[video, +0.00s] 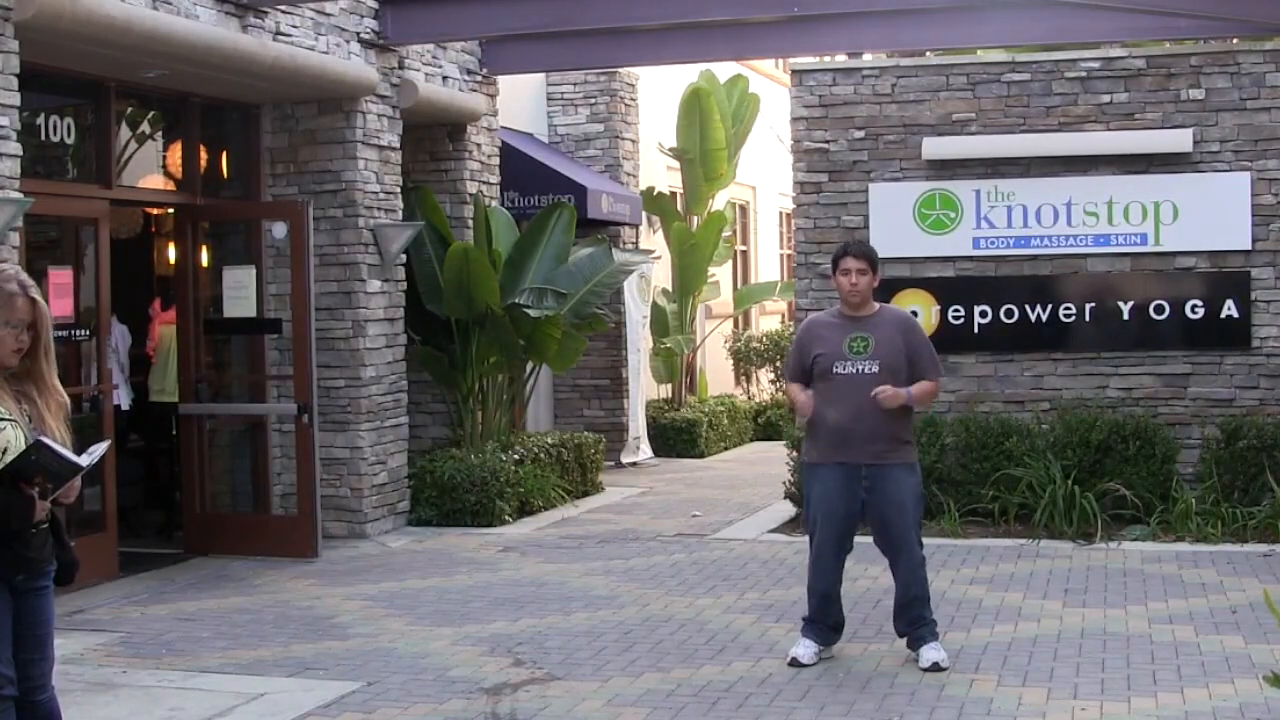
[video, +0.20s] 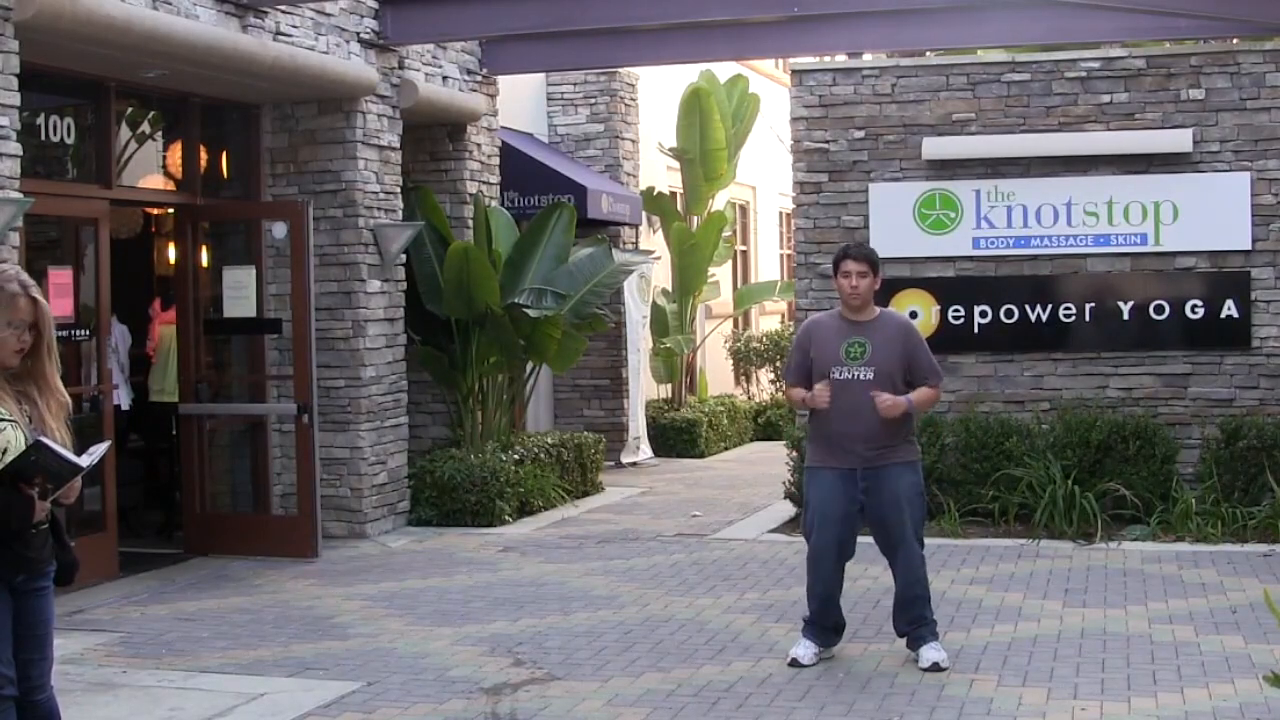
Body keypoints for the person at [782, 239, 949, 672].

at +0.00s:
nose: (853, 280)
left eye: (861, 273)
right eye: (845, 273)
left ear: (875, 278)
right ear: (834, 279)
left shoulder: (902, 323)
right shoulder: (812, 329)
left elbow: (931, 384)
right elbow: (793, 380)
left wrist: (904, 395)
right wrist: (800, 397)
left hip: (893, 461)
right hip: (828, 461)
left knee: (906, 549)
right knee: (824, 549)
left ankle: (923, 636)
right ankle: (817, 634)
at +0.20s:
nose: (853, 283)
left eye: (862, 275)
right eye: (845, 275)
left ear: (876, 281)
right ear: (835, 281)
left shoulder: (900, 328)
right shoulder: (812, 330)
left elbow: (932, 387)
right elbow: (792, 389)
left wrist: (905, 403)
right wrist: (807, 397)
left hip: (893, 462)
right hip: (828, 463)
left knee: (907, 548)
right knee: (823, 548)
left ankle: (923, 636)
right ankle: (819, 634)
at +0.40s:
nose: (855, 280)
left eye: (864, 272)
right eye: (847, 272)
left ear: (879, 278)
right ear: (837, 279)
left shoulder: (904, 327)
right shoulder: (813, 326)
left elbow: (930, 392)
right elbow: (789, 375)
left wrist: (902, 381)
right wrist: (798, 393)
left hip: (897, 460)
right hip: (831, 461)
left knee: (910, 551)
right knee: (826, 550)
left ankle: (923, 636)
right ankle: (818, 634)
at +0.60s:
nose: (853, 286)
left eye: (862, 278)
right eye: (846, 279)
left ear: (878, 283)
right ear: (837, 285)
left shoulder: (906, 330)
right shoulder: (818, 332)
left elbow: (937, 392)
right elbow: (790, 396)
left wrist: (908, 404)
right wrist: (806, 378)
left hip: (898, 463)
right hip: (832, 464)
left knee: (910, 548)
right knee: (828, 552)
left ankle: (922, 637)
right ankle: (819, 634)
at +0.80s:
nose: (857, 282)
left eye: (865, 274)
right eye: (849, 275)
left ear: (881, 278)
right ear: (840, 282)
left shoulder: (910, 326)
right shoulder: (820, 331)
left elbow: (936, 390)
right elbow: (795, 383)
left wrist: (912, 383)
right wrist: (807, 398)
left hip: (900, 461)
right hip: (835, 462)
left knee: (911, 550)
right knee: (828, 551)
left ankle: (923, 637)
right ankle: (819, 634)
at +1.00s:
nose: (859, 286)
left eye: (866, 278)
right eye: (850, 279)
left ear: (882, 282)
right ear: (841, 285)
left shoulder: (912, 329)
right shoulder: (821, 332)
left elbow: (941, 386)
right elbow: (799, 385)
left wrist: (921, 387)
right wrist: (796, 387)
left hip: (908, 459)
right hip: (844, 464)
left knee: (920, 548)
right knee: (842, 551)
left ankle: (925, 636)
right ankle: (820, 635)